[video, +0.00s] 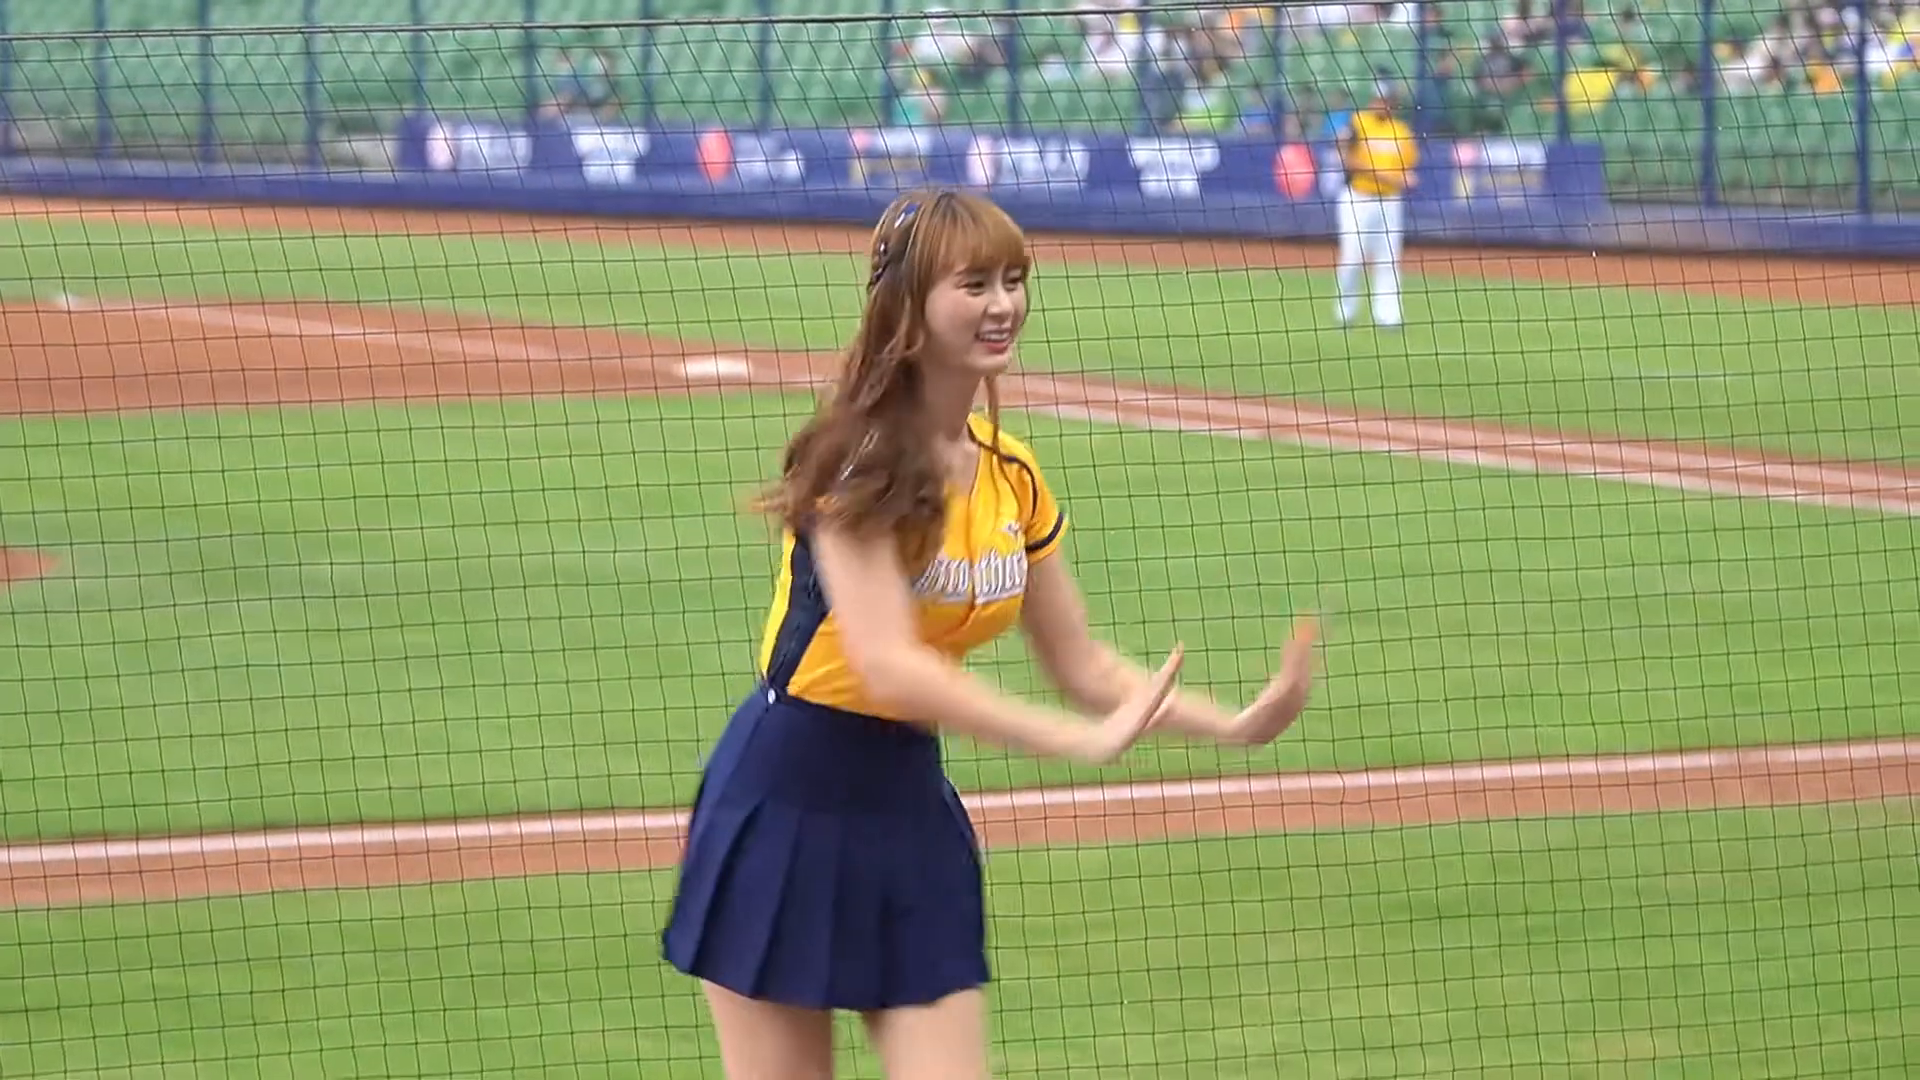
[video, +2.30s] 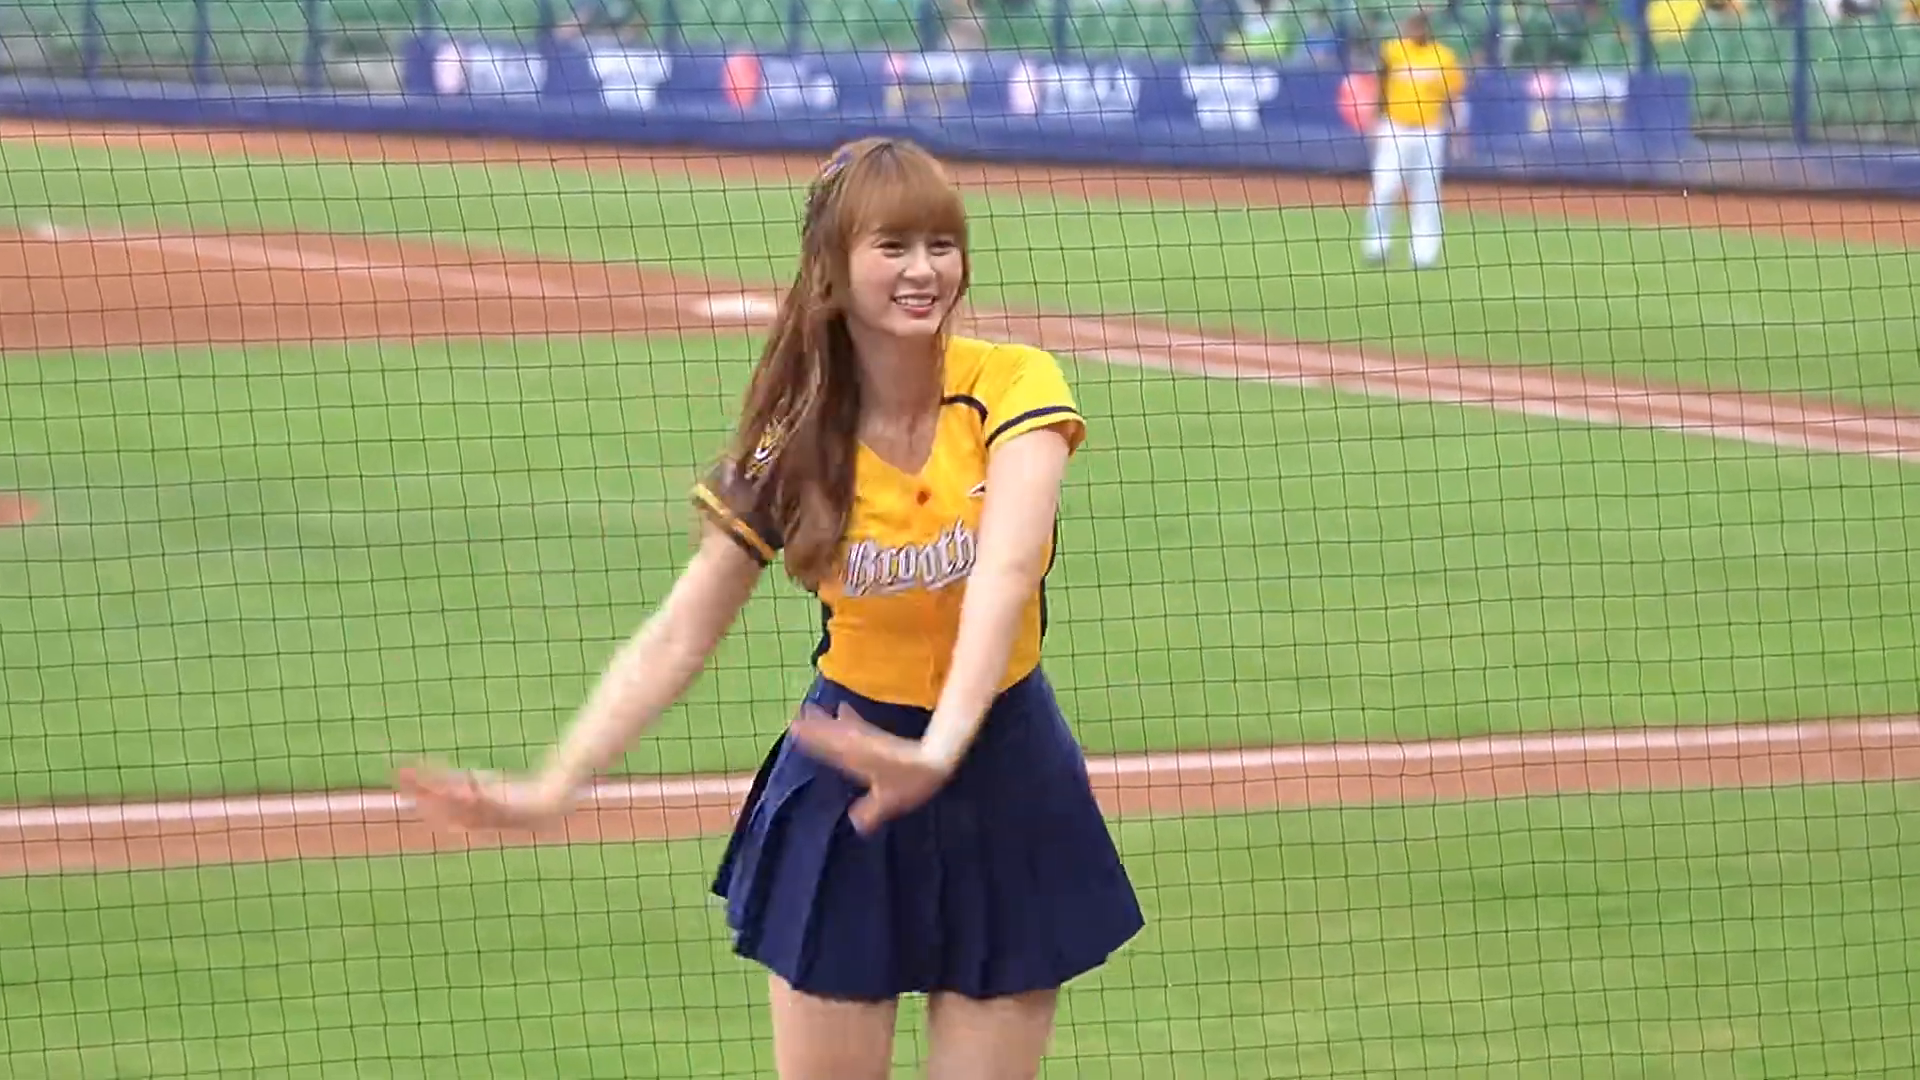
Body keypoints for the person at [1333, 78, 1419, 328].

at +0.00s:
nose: (1384, 106)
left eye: (1388, 101)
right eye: (1379, 100)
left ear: (1395, 102)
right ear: (1372, 100)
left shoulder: (1402, 130)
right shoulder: (1358, 122)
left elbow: (1409, 171)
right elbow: (1345, 158)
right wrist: (1384, 174)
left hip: (1390, 200)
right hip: (1358, 198)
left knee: (1388, 258)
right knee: (1353, 256)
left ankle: (1388, 313)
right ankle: (1345, 310)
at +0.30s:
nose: (1366, 101)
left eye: (1371, 97)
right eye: (1363, 95)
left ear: (1378, 99)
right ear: (1356, 96)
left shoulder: (1385, 125)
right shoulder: (1336, 121)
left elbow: (1395, 156)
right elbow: (1322, 153)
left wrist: (1379, 174)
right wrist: (1348, 170)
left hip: (1373, 196)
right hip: (1339, 196)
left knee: (1377, 253)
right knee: (1341, 255)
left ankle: (1384, 310)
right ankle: (1342, 310)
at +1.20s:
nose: (1375, 76)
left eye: (1379, 71)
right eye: (1371, 71)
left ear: (1387, 72)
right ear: (1363, 74)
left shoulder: (1405, 97)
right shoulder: (1354, 100)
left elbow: (1421, 128)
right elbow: (1344, 133)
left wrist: (1400, 152)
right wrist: (1366, 154)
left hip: (1400, 171)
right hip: (1365, 172)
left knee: (1401, 230)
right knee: (1371, 230)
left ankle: (1395, 283)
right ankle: (1374, 288)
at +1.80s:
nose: (1407, 55)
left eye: (1411, 49)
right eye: (1402, 50)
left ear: (1418, 53)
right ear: (1395, 52)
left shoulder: (1431, 85)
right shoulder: (1382, 77)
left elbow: (1437, 128)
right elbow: (1367, 105)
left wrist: (1436, 163)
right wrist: (1373, 137)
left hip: (1416, 157)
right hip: (1383, 154)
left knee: (1410, 214)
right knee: (1386, 212)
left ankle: (1406, 270)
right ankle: (1384, 269)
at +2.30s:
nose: (1417, 31)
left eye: (1422, 25)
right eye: (1413, 25)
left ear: (1429, 28)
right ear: (1406, 27)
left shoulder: (1443, 56)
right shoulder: (1391, 50)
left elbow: (1457, 99)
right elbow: (1380, 86)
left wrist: (1460, 133)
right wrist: (1376, 118)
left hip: (1430, 132)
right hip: (1394, 130)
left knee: (1426, 191)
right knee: (1384, 188)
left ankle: (1425, 250)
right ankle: (1377, 244)